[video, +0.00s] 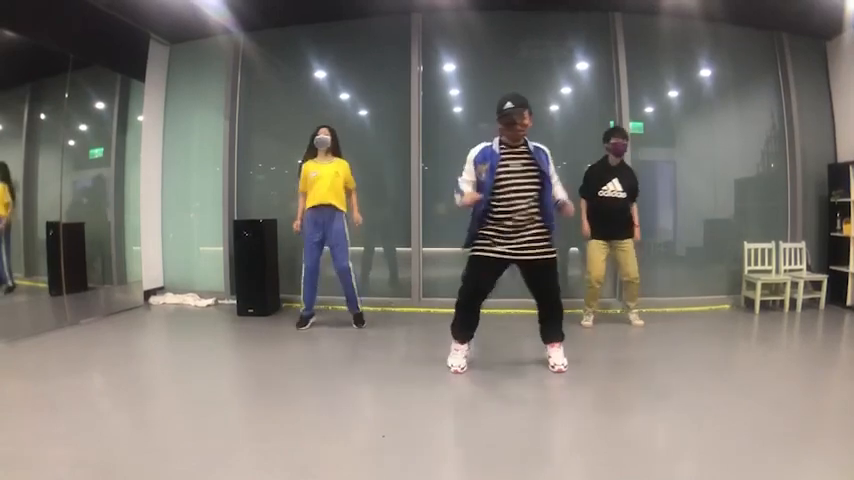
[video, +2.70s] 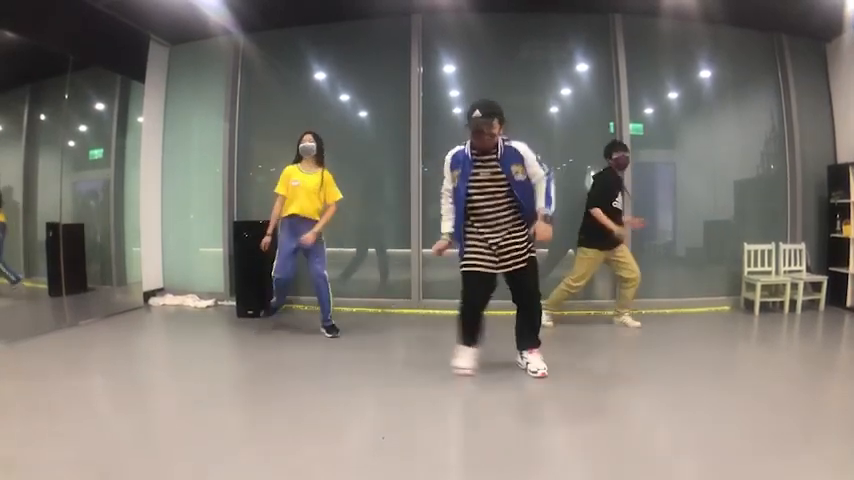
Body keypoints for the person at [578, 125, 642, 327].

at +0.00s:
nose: (619, 148)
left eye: (623, 144)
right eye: (615, 144)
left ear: (627, 146)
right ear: (606, 145)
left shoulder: (628, 172)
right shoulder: (593, 170)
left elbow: (632, 202)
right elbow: (584, 198)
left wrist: (636, 227)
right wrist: (585, 222)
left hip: (623, 234)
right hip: (598, 234)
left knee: (632, 276)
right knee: (595, 277)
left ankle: (632, 309)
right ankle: (589, 311)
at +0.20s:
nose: (640, 150)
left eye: (643, 146)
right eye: (636, 146)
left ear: (645, 147)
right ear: (627, 145)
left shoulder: (635, 168)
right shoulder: (617, 162)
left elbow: (633, 194)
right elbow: (597, 184)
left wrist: (645, 210)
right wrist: (608, 209)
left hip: (628, 231)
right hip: (606, 230)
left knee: (635, 273)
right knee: (594, 274)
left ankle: (628, 311)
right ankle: (574, 309)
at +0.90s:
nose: (612, 144)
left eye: (616, 141)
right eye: (609, 140)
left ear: (622, 142)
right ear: (602, 141)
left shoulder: (626, 167)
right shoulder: (592, 164)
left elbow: (632, 198)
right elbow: (583, 190)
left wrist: (635, 226)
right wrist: (582, 216)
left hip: (619, 231)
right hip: (593, 229)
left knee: (617, 276)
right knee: (588, 276)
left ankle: (615, 312)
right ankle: (586, 312)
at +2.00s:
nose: (589, 143)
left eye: (593, 139)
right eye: (585, 140)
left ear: (598, 140)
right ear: (579, 142)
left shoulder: (608, 167)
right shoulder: (574, 169)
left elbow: (619, 195)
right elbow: (566, 196)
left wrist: (614, 224)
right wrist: (560, 221)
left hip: (603, 232)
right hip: (577, 232)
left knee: (610, 275)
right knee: (571, 274)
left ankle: (610, 310)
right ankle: (568, 311)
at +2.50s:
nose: (601, 148)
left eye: (604, 144)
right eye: (596, 144)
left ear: (607, 145)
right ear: (587, 145)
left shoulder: (604, 171)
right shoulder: (578, 166)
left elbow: (603, 203)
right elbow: (562, 192)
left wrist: (613, 223)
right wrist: (575, 216)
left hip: (601, 232)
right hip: (578, 233)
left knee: (615, 270)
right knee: (566, 275)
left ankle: (614, 311)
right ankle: (547, 309)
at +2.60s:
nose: (617, 154)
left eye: (618, 150)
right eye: (612, 151)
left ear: (618, 152)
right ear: (602, 153)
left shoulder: (608, 175)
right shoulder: (594, 173)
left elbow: (605, 208)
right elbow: (587, 204)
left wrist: (614, 231)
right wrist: (597, 230)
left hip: (607, 240)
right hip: (586, 240)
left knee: (626, 275)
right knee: (570, 279)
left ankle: (620, 313)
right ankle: (544, 309)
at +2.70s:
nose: (625, 160)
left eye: (627, 156)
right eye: (620, 156)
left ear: (629, 158)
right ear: (610, 159)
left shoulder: (616, 179)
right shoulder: (604, 178)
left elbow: (609, 212)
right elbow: (593, 208)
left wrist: (627, 221)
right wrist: (614, 228)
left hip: (612, 240)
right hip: (593, 241)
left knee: (632, 276)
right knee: (576, 281)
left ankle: (621, 314)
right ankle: (546, 309)